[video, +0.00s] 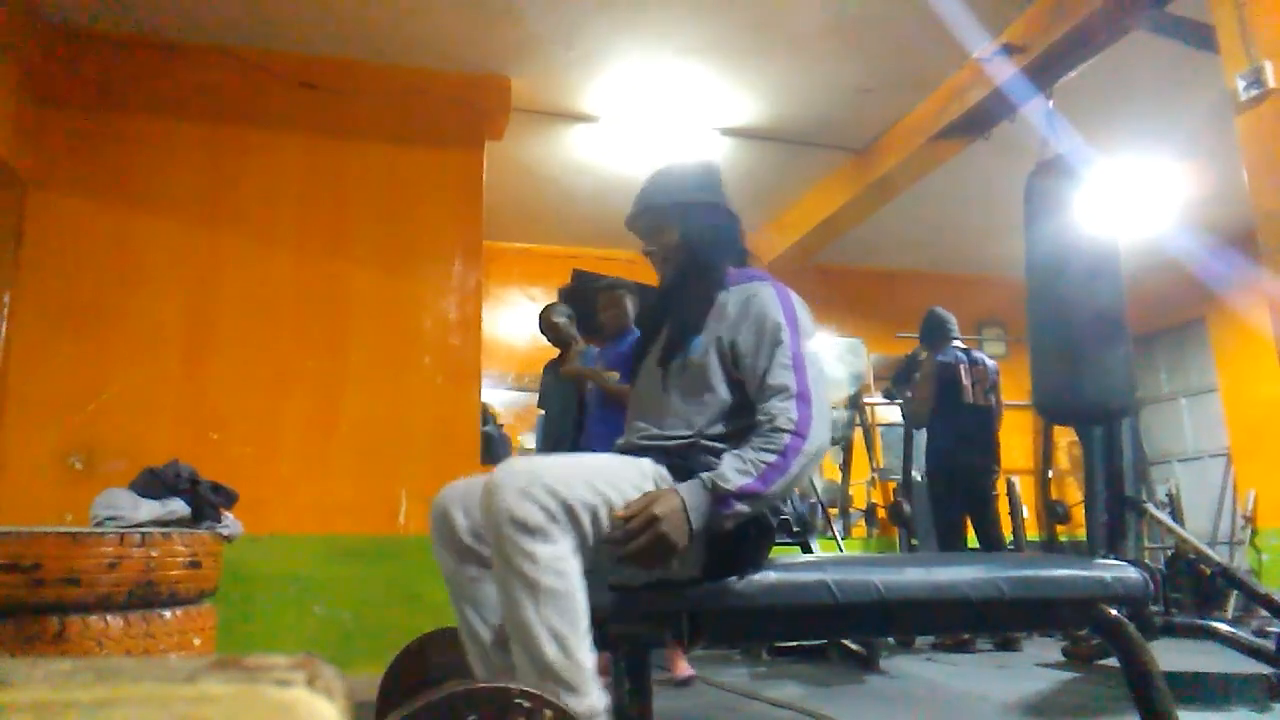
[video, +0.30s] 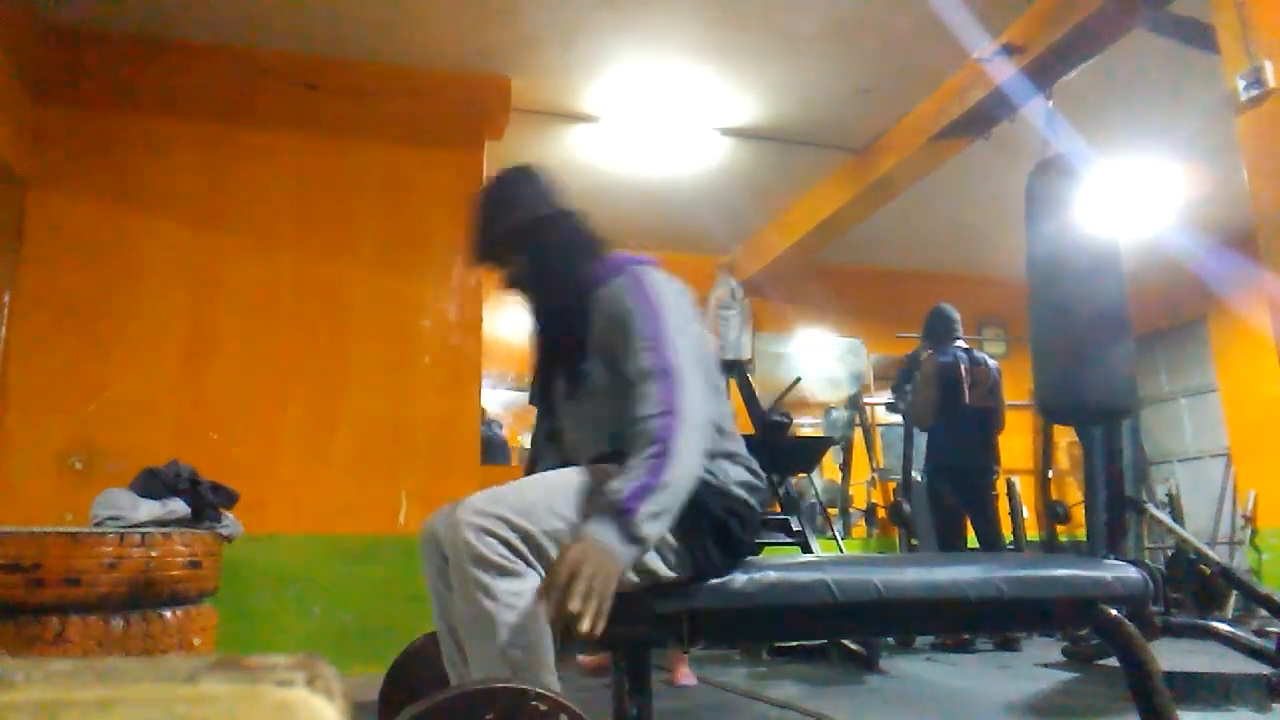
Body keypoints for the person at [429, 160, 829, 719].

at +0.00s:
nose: (647, 254)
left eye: (654, 237)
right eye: (643, 242)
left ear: (695, 227)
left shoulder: (762, 300)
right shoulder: (671, 316)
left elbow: (794, 431)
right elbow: (658, 428)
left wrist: (695, 500)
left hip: (710, 495)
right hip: (641, 482)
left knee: (522, 494)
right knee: (458, 508)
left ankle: (572, 707)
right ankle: (512, 701)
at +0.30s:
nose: (509, 280)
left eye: (511, 261)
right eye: (500, 266)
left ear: (542, 240)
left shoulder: (639, 289)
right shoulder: (561, 319)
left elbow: (677, 427)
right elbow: (555, 445)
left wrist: (614, 536)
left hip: (699, 501)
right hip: (624, 488)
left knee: (483, 532)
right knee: (445, 536)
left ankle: (531, 710)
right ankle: (486, 708)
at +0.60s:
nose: (420, 390)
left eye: (416, 370)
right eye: (406, 377)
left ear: (444, 341)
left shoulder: (568, 343)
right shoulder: (506, 393)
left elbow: (598, 474)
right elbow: (508, 512)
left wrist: (554, 606)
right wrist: (464, 623)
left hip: (718, 490)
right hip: (654, 494)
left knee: (512, 539)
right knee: (472, 547)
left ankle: (543, 702)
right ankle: (496, 699)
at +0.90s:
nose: (448, 380)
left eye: (444, 361)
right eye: (436, 368)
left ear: (475, 333)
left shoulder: (584, 343)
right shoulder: (517, 386)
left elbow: (633, 474)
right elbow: (551, 501)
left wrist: (576, 606)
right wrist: (480, 595)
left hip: (725, 498)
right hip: (651, 498)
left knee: (518, 538)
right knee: (479, 537)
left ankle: (542, 705)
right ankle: (500, 702)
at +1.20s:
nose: (449, 377)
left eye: (448, 354)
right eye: (437, 364)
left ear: (482, 323)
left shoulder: (576, 334)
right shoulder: (516, 389)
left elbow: (653, 458)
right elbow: (551, 513)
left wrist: (599, 600)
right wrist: (465, 598)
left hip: (726, 500)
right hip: (655, 505)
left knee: (509, 537)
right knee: (477, 542)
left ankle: (538, 710)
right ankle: (498, 709)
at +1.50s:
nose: (448, 375)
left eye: (443, 354)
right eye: (434, 364)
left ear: (473, 324)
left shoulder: (573, 335)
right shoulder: (521, 389)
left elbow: (660, 453)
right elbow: (530, 522)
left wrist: (603, 595)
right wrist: (468, 602)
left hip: (729, 497)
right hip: (668, 503)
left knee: (502, 542)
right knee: (477, 542)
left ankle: (528, 710)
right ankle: (504, 707)